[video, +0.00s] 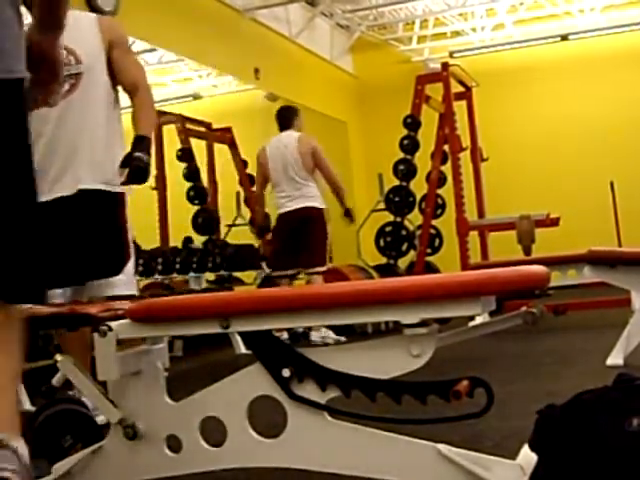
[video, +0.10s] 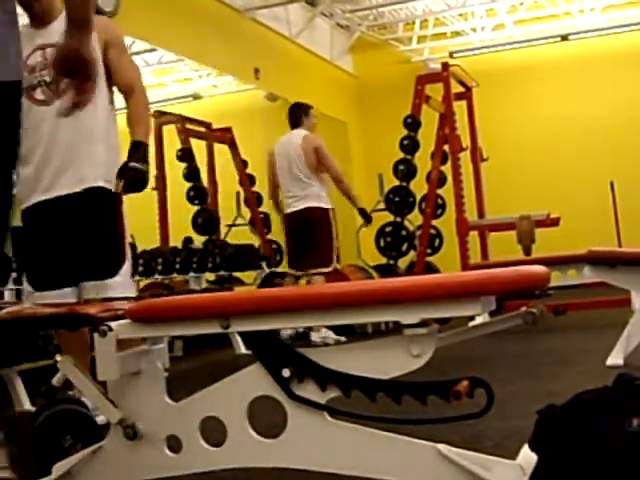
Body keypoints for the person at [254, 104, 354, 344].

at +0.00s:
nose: (302, 123)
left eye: (299, 119)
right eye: (300, 119)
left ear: (278, 123)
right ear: (295, 121)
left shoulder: (265, 151)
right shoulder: (307, 142)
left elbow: (259, 190)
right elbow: (331, 178)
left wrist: (259, 221)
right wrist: (345, 205)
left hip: (286, 216)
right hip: (313, 211)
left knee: (283, 277)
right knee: (315, 273)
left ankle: (280, 328)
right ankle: (317, 326)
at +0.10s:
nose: (315, 121)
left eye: (314, 117)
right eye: (313, 117)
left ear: (291, 120)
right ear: (304, 118)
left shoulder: (276, 148)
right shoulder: (312, 141)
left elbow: (273, 190)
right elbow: (336, 176)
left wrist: (284, 214)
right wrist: (358, 206)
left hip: (292, 214)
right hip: (317, 210)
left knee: (293, 272)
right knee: (318, 273)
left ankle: (287, 324)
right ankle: (318, 327)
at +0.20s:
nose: (322, 120)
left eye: (321, 115)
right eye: (319, 116)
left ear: (298, 118)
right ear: (310, 117)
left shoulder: (283, 145)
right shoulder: (316, 138)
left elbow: (281, 184)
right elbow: (337, 172)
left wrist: (292, 205)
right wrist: (360, 204)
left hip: (297, 213)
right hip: (320, 210)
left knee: (304, 273)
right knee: (321, 273)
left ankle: (296, 324)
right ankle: (319, 327)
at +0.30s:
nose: (333, 118)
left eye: (332, 113)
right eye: (330, 114)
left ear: (311, 117)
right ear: (319, 116)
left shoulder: (297, 141)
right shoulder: (322, 137)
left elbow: (305, 178)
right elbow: (336, 171)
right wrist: (360, 204)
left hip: (305, 210)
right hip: (324, 209)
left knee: (322, 269)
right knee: (332, 269)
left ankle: (318, 324)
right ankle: (321, 325)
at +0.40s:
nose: (341, 117)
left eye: (340, 113)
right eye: (337, 113)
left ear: (320, 117)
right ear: (325, 115)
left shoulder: (307, 140)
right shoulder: (324, 137)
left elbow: (318, 178)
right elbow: (335, 172)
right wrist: (357, 206)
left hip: (312, 208)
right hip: (328, 208)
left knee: (324, 269)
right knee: (339, 268)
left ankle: (320, 323)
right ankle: (339, 320)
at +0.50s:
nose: (351, 115)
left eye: (350, 111)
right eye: (347, 111)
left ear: (337, 116)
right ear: (334, 115)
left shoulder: (334, 139)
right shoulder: (330, 138)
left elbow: (335, 178)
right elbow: (335, 176)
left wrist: (352, 210)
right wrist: (351, 209)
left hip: (338, 210)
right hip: (330, 210)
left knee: (357, 264)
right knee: (331, 269)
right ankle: (317, 324)